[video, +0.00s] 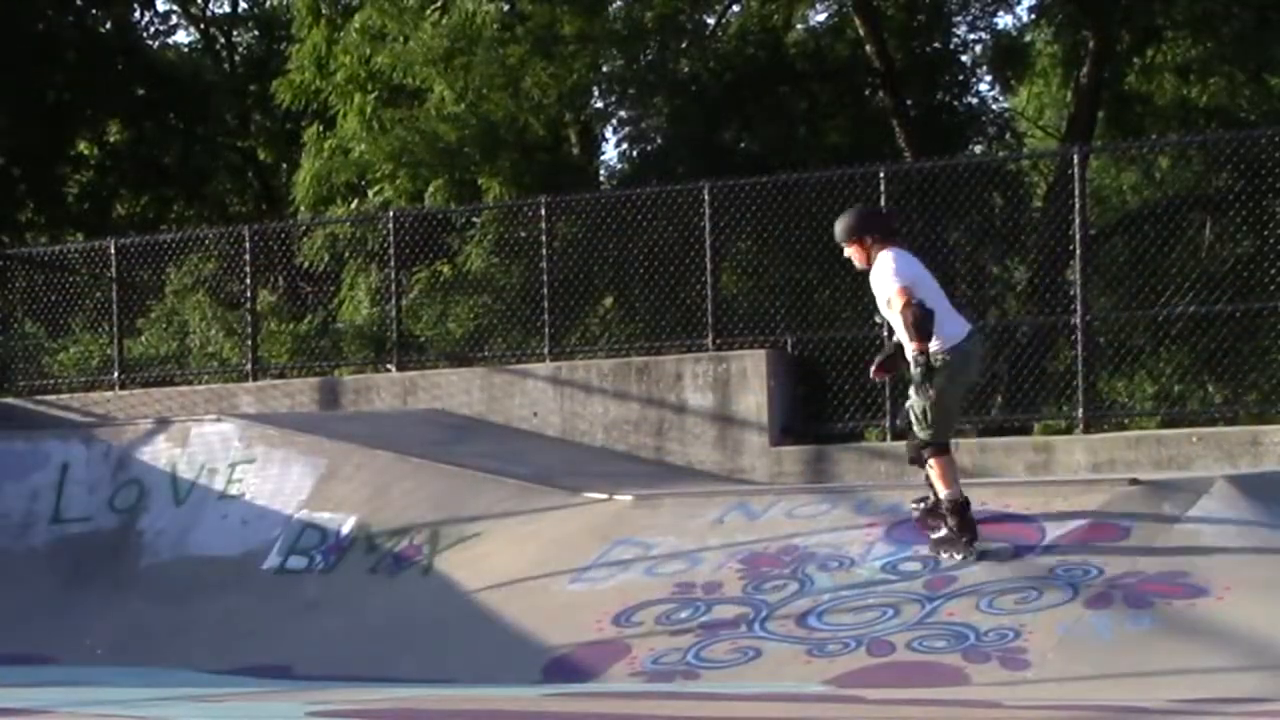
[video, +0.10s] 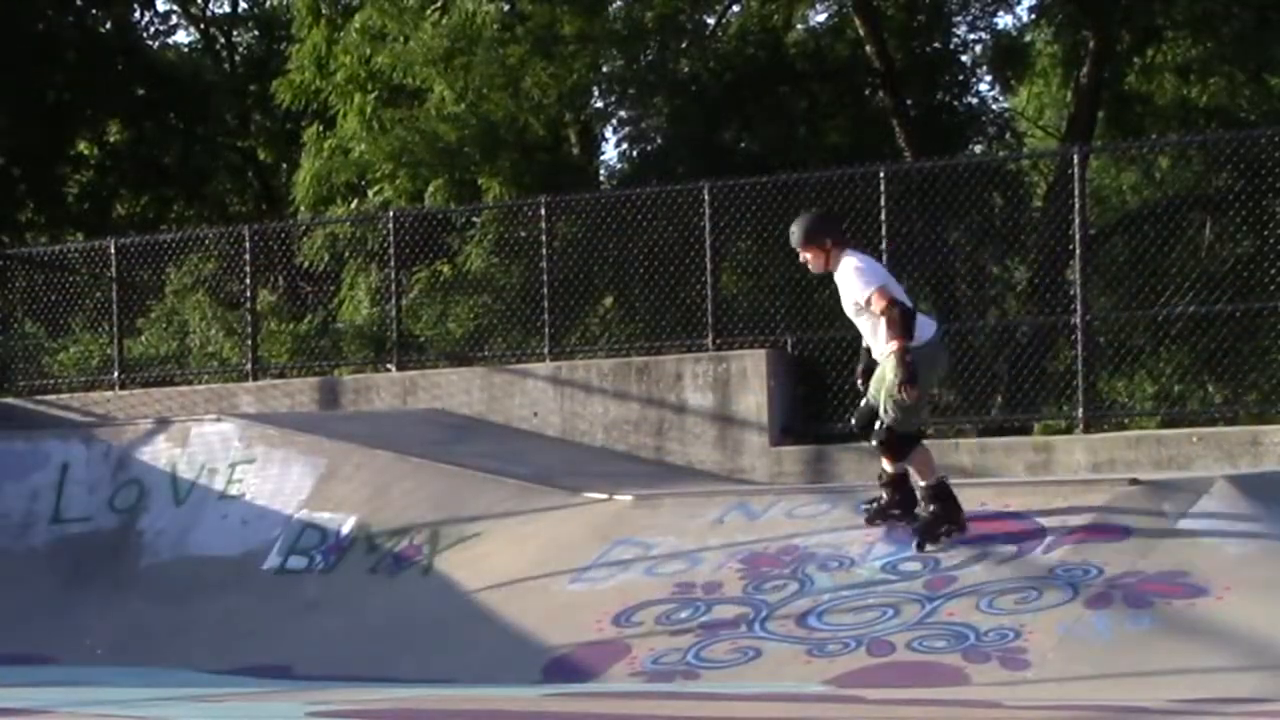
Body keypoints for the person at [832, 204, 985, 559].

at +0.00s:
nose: (846, 255)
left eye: (847, 246)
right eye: (843, 248)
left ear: (866, 240)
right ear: (870, 239)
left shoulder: (883, 267)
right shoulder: (896, 259)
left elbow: (909, 311)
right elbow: (919, 318)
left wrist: (919, 361)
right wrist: (896, 356)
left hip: (942, 355)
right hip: (955, 348)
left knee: (930, 437)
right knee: (927, 428)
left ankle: (959, 525)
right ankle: (943, 501)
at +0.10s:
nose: (802, 259)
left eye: (804, 252)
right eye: (799, 253)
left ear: (826, 244)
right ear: (825, 246)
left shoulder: (853, 270)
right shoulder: (845, 270)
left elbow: (896, 311)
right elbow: (874, 318)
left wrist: (902, 367)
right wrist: (867, 359)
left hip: (915, 352)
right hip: (895, 353)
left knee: (896, 435)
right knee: (873, 423)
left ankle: (942, 504)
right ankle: (897, 495)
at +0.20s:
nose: (772, 265)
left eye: (777, 257)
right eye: (769, 259)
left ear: (797, 251)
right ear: (773, 258)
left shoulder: (833, 277)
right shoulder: (800, 281)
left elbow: (878, 322)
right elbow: (838, 322)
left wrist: (880, 375)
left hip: (886, 355)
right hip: (851, 360)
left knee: (872, 435)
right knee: (831, 424)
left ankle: (907, 494)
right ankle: (855, 500)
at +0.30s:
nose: (750, 274)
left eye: (754, 267)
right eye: (746, 268)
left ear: (776, 261)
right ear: (744, 265)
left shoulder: (813, 284)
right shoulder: (759, 287)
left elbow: (847, 338)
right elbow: (792, 325)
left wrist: (841, 384)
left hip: (839, 366)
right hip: (800, 369)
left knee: (853, 434)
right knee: (785, 433)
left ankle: (866, 492)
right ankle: (799, 507)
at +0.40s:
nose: (745, 282)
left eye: (752, 275)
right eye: (741, 274)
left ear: (771, 270)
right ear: (735, 271)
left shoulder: (797, 291)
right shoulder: (731, 296)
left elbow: (822, 344)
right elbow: (738, 341)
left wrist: (809, 390)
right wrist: (745, 380)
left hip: (807, 375)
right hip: (760, 381)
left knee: (833, 435)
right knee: (753, 444)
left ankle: (818, 496)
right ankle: (755, 521)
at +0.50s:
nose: (750, 293)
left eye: (757, 286)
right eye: (744, 285)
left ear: (769, 280)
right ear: (734, 278)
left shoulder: (780, 305)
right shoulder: (714, 303)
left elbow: (796, 351)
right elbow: (684, 338)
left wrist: (793, 392)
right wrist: (675, 381)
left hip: (759, 386)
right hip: (716, 389)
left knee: (777, 445)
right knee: (735, 458)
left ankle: (753, 500)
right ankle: (733, 538)